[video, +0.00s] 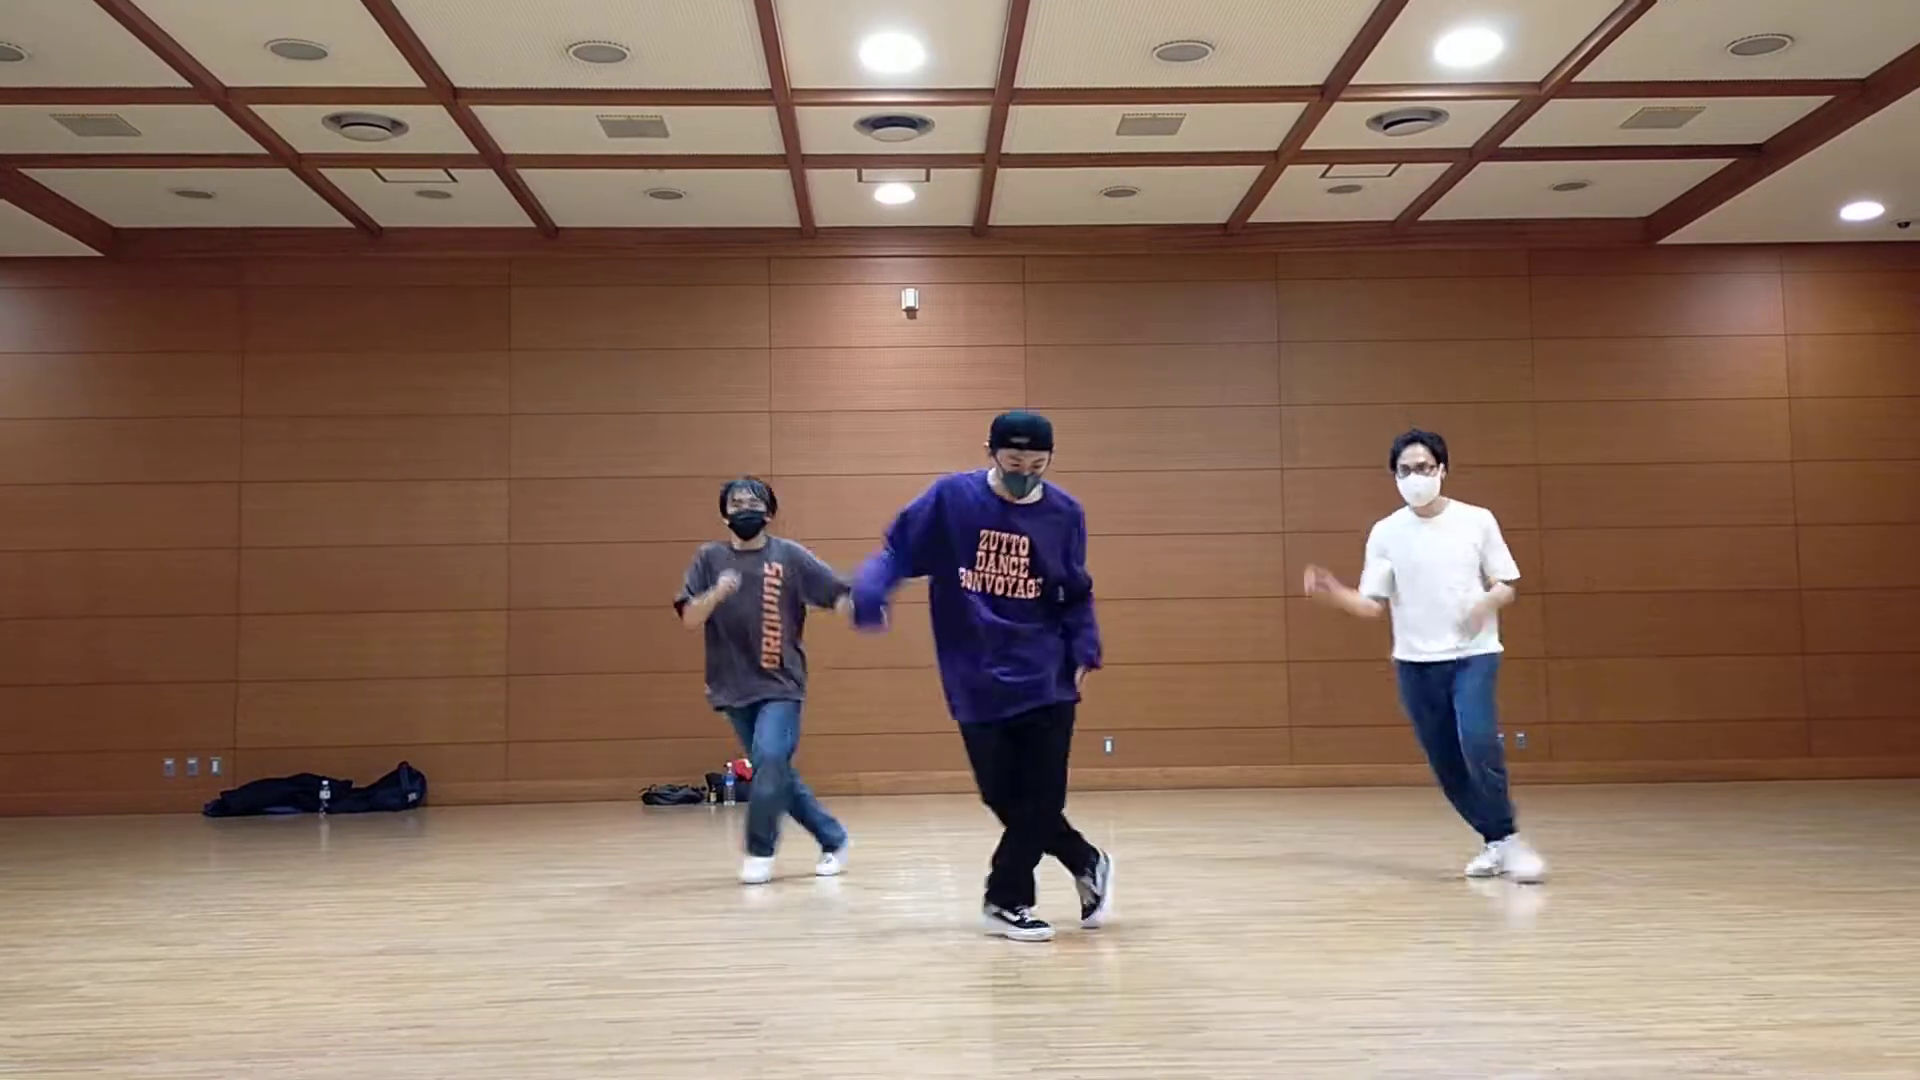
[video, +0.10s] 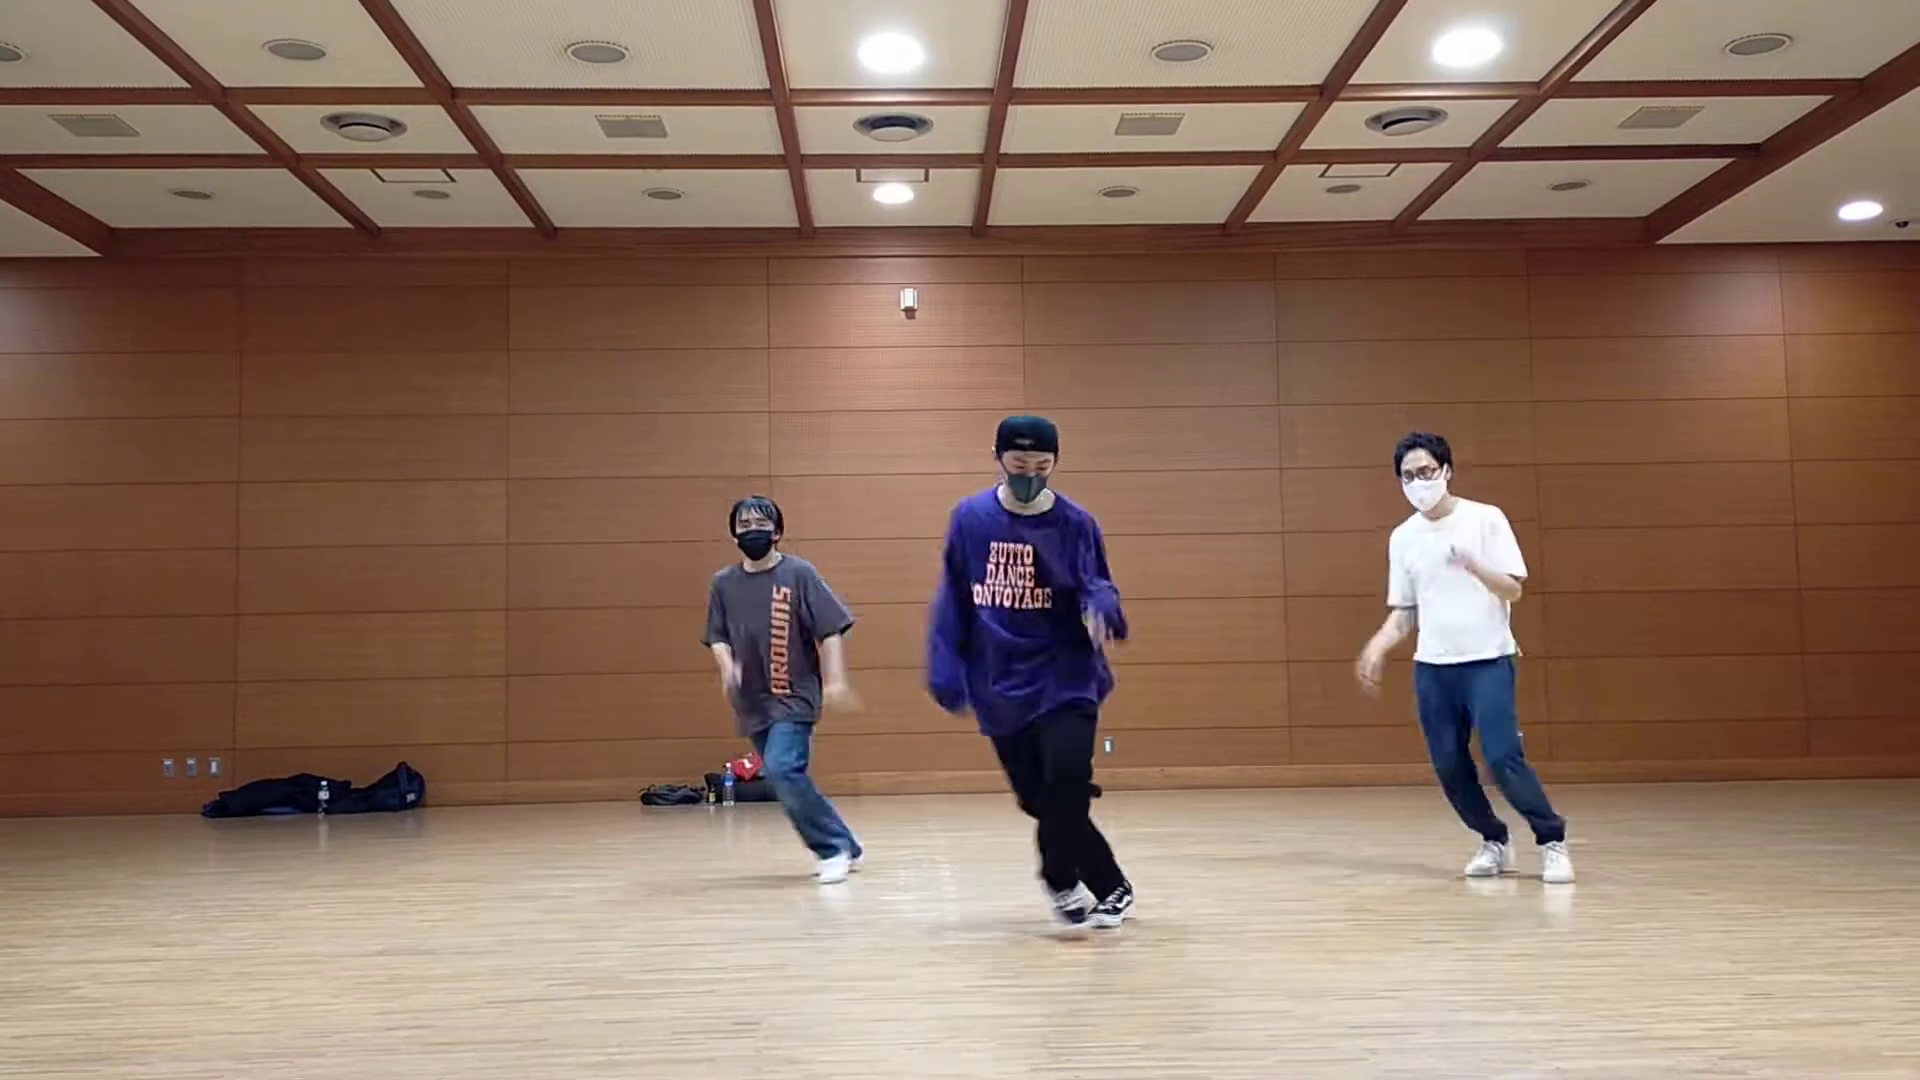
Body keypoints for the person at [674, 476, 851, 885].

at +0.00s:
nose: (745, 509)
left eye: (753, 502)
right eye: (736, 503)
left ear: (768, 511)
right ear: (725, 514)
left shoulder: (790, 556)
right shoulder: (711, 558)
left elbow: (837, 596)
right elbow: (689, 618)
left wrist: (864, 596)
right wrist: (716, 593)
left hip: (780, 684)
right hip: (732, 688)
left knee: (770, 762)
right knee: (772, 774)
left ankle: (759, 851)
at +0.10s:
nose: (753, 530)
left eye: (761, 523)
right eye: (745, 524)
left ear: (775, 529)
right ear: (734, 533)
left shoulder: (799, 574)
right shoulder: (723, 583)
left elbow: (830, 629)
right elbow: (717, 635)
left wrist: (835, 679)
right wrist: (727, 665)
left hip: (794, 696)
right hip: (751, 702)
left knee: (781, 770)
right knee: (783, 780)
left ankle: (833, 849)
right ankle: (841, 846)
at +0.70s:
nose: (681, 524)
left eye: (690, 517)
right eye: (674, 517)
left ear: (708, 523)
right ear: (665, 524)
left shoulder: (728, 568)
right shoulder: (659, 561)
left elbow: (735, 628)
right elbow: (645, 606)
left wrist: (686, 632)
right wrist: (620, 629)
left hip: (735, 696)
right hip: (687, 694)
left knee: (758, 770)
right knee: (660, 763)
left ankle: (827, 835)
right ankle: (673, 866)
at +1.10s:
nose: (632, 523)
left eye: (640, 517)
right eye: (624, 517)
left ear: (653, 525)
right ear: (611, 524)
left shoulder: (666, 574)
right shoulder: (588, 567)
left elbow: (677, 626)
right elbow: (564, 625)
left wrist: (667, 662)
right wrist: (582, 672)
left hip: (637, 700)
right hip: (595, 695)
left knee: (619, 784)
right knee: (602, 764)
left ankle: (583, 852)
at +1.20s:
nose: (622, 516)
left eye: (630, 510)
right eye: (613, 510)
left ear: (642, 522)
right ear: (599, 521)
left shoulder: (650, 572)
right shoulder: (580, 565)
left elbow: (657, 637)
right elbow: (567, 629)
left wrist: (660, 689)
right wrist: (604, 669)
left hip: (633, 699)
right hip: (586, 696)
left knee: (613, 793)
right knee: (574, 779)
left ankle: (576, 856)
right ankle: (518, 855)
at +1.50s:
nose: (645, 521)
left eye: (652, 514)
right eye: (636, 515)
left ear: (664, 523)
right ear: (620, 525)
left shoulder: (647, 567)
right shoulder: (604, 571)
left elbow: (627, 621)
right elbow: (601, 634)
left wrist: (661, 626)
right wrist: (663, 631)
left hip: (620, 692)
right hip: (582, 694)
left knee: (649, 773)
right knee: (557, 777)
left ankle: (681, 852)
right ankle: (498, 859)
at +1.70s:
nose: (677, 554)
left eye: (684, 548)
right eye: (667, 548)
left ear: (692, 553)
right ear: (651, 553)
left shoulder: (678, 584)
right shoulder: (636, 600)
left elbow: (687, 585)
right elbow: (637, 668)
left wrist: (708, 579)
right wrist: (685, 679)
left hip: (655, 697)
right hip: (611, 705)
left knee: (685, 771)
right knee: (583, 778)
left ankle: (694, 867)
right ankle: (509, 855)